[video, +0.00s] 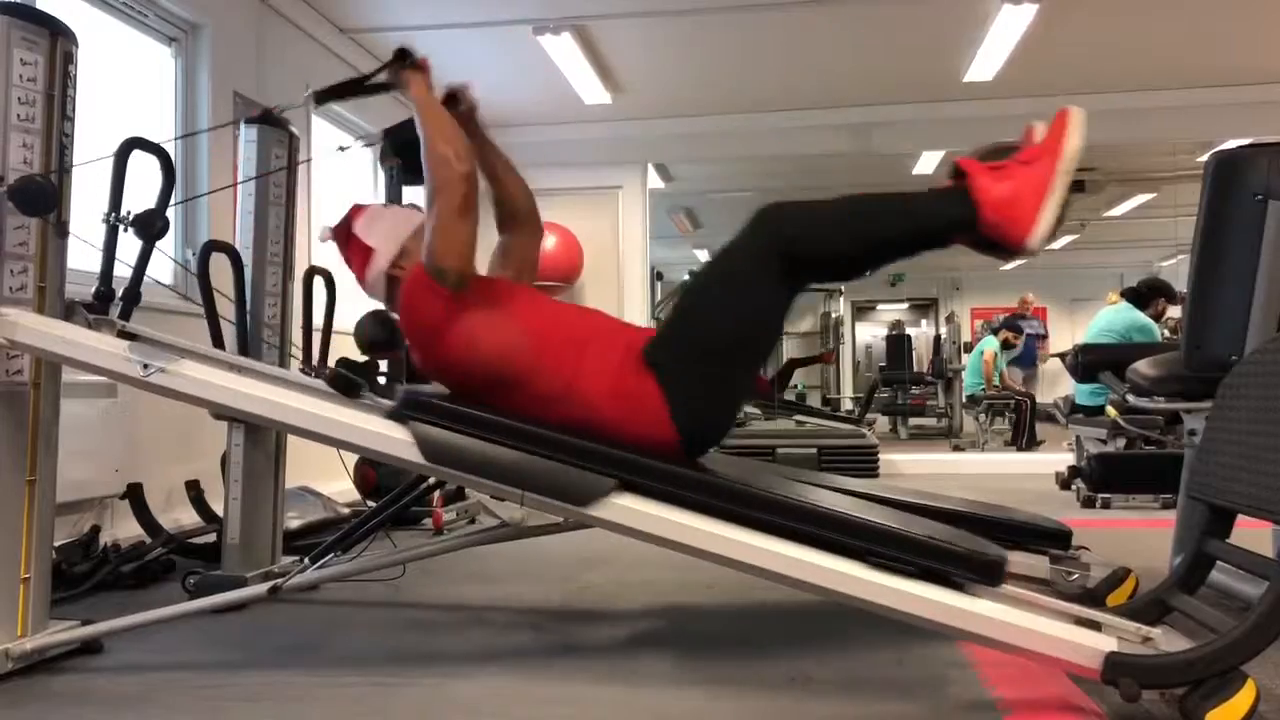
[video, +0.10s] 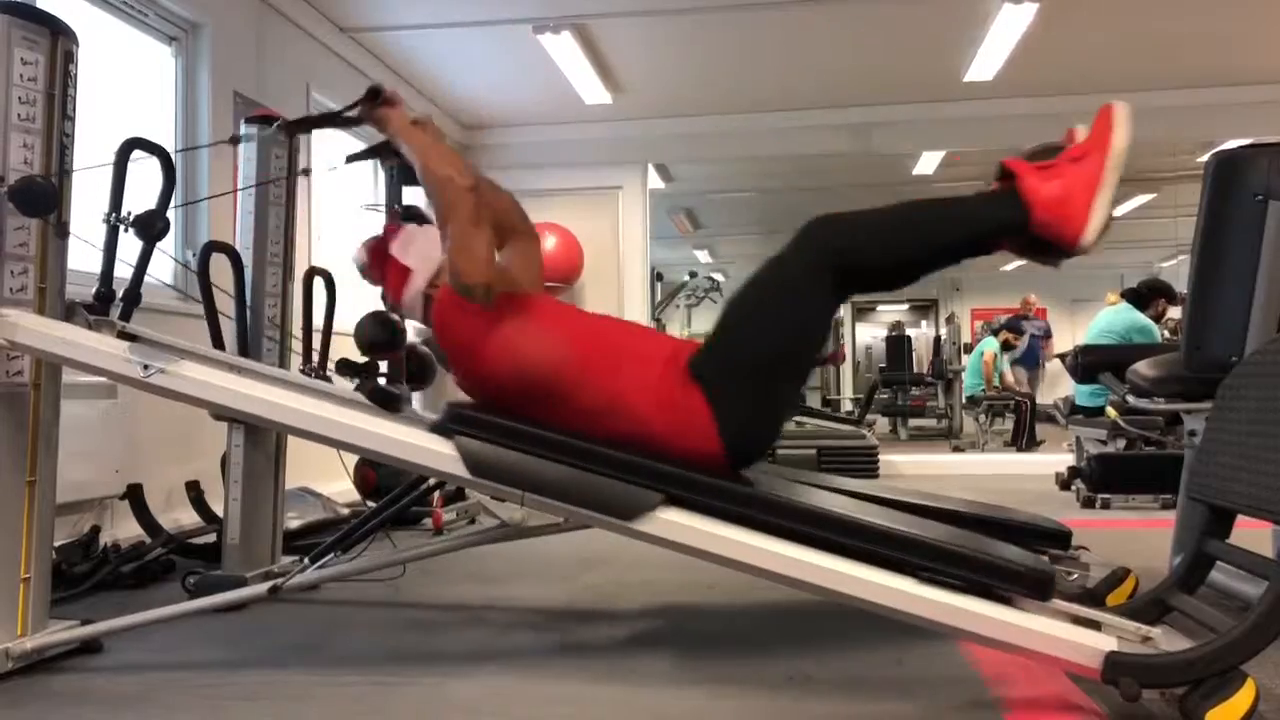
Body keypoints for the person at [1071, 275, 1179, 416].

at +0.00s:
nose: (1166, 311)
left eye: (1168, 306)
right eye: (1167, 306)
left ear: (1140, 296)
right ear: (1159, 303)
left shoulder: (1108, 311)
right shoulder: (1144, 324)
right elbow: (1158, 368)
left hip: (1083, 396)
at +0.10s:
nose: (1166, 313)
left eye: (1169, 308)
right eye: (1167, 307)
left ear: (1140, 297)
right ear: (1160, 304)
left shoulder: (1108, 312)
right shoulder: (1144, 325)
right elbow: (1158, 369)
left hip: (1083, 397)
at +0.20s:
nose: (1166, 313)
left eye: (1169, 308)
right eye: (1167, 307)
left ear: (1140, 297)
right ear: (1159, 304)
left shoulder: (1107, 312)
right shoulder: (1143, 325)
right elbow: (1157, 368)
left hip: (1082, 396)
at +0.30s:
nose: (1166, 312)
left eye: (1169, 307)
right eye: (1167, 306)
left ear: (1140, 296)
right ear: (1160, 303)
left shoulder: (1108, 311)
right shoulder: (1143, 324)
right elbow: (1157, 369)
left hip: (1083, 396)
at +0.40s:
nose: (1166, 311)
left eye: (1169, 306)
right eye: (1167, 305)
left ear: (1139, 296)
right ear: (1158, 303)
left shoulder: (1107, 312)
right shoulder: (1143, 325)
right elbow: (1157, 368)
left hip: (1082, 396)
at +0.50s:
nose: (1166, 311)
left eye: (1169, 306)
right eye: (1167, 305)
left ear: (1138, 296)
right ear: (1158, 303)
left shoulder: (1108, 311)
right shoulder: (1143, 325)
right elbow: (1155, 370)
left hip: (1082, 396)